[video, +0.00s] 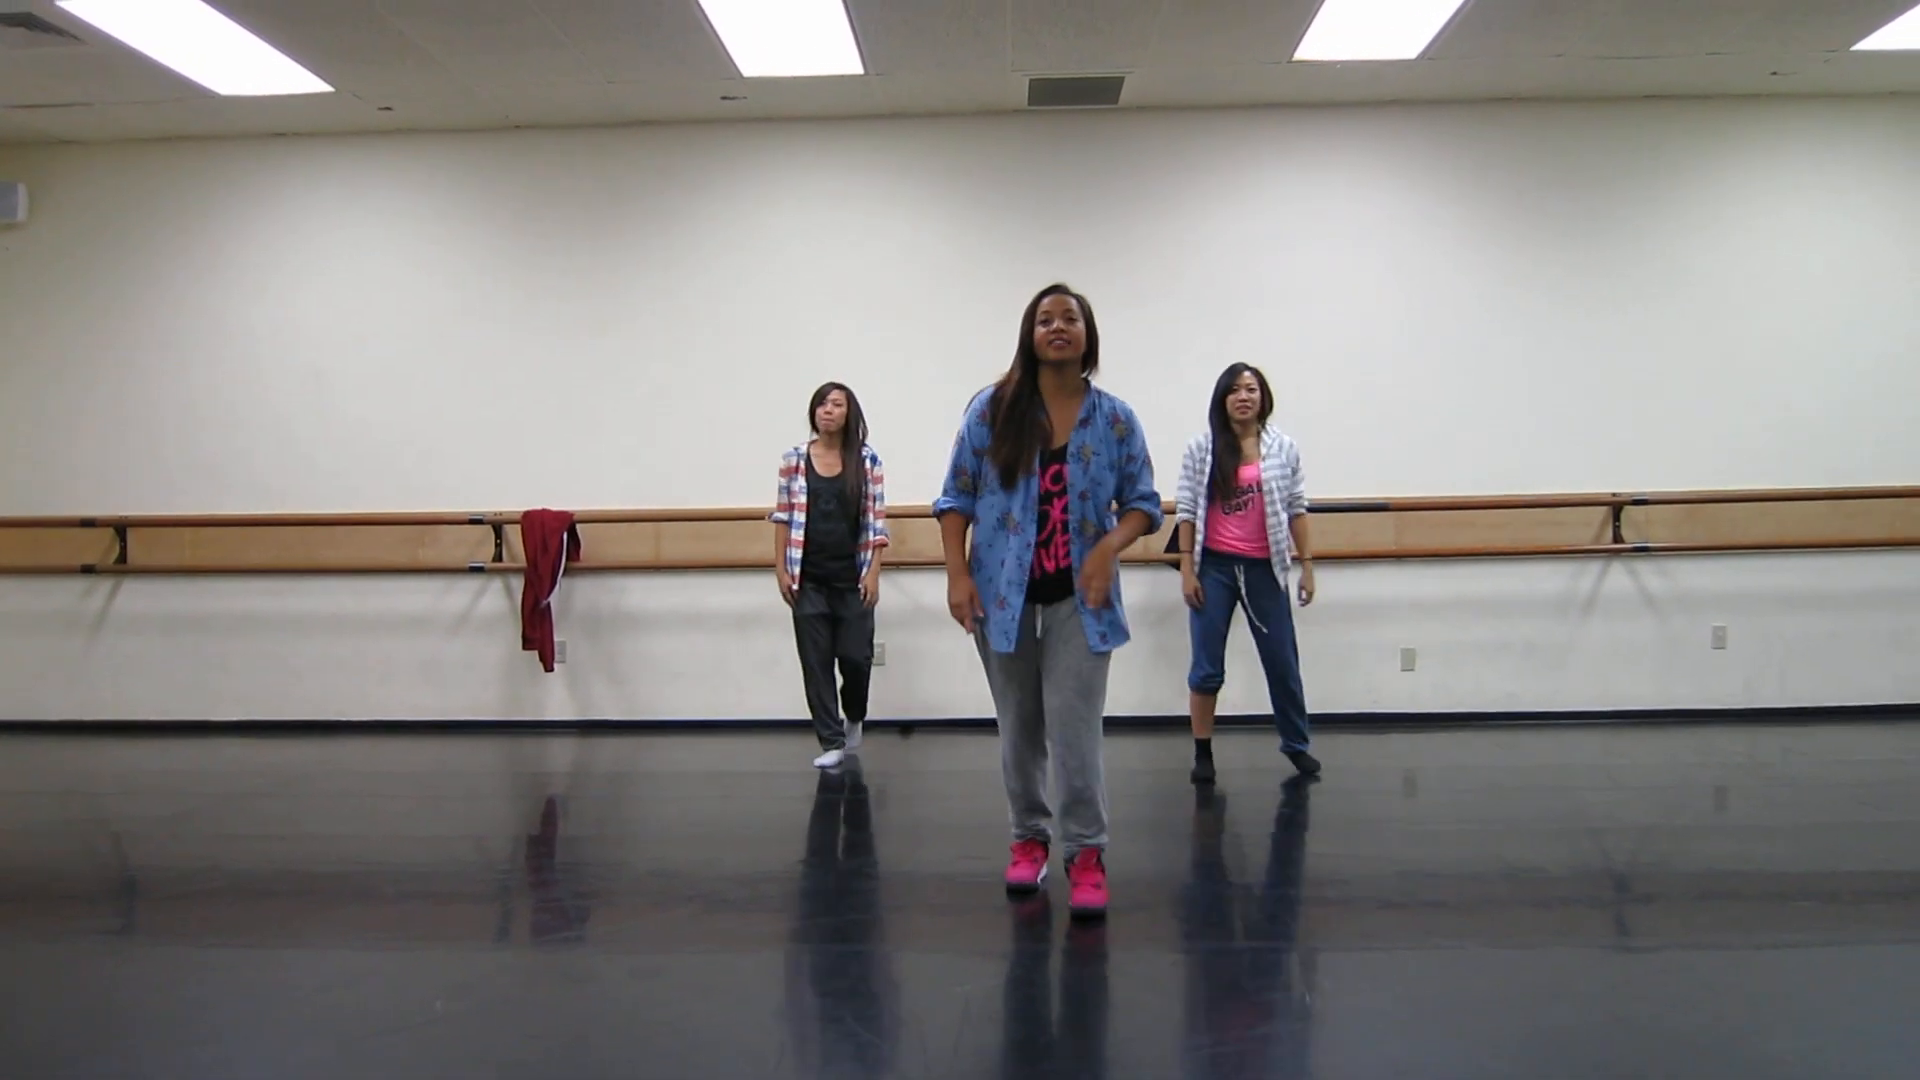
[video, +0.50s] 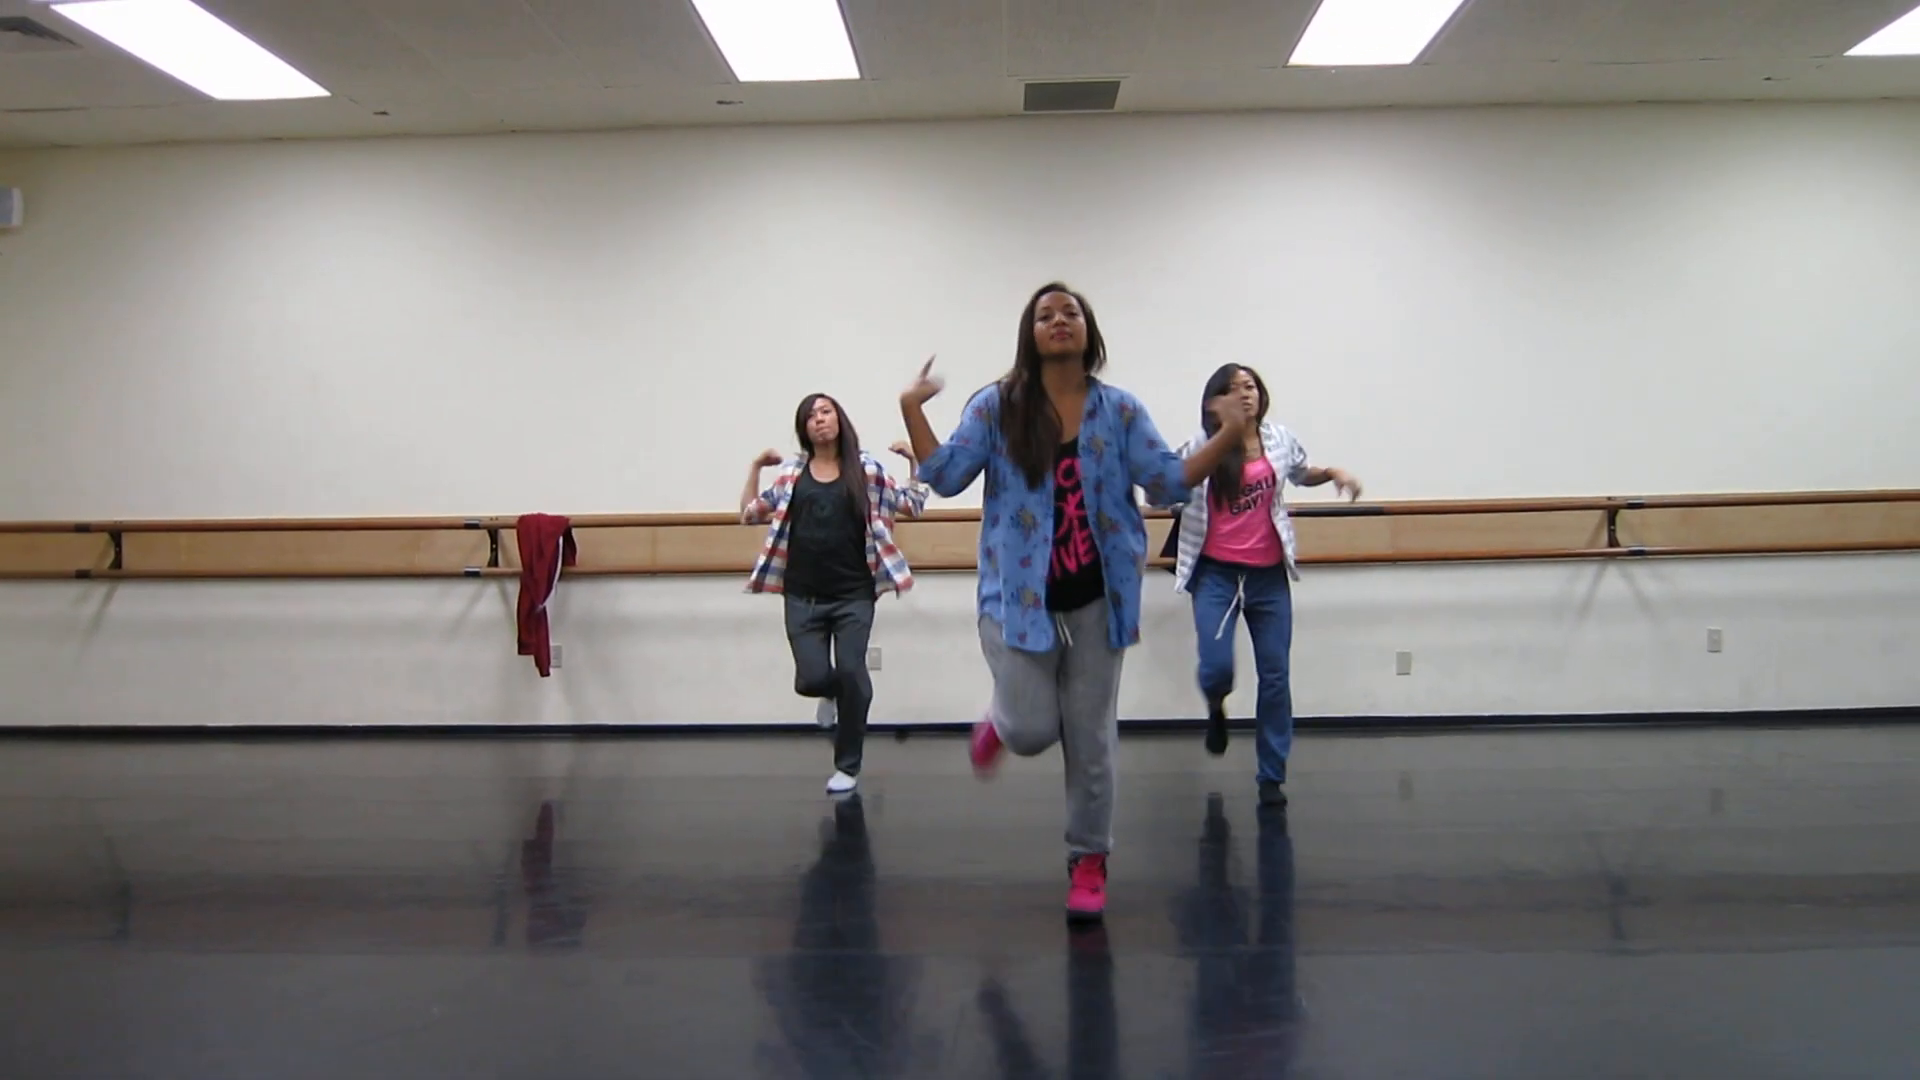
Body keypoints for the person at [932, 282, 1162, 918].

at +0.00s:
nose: (1058, 326)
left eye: (1070, 318)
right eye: (1046, 318)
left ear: (1088, 333)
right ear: (1028, 335)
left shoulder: (1114, 417)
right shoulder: (992, 409)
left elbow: (1142, 506)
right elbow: (955, 499)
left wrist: (1108, 549)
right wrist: (959, 573)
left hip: (1078, 600)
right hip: (1004, 601)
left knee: (1074, 727)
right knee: (1019, 729)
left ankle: (1085, 854)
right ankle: (1029, 839)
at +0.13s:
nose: (1068, 320)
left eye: (1079, 313)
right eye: (1056, 313)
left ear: (1099, 330)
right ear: (1038, 332)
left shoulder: (1125, 414)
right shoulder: (1001, 405)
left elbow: (1160, 499)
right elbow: (958, 490)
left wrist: (1140, 547)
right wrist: (950, 564)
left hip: (1086, 602)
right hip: (1009, 602)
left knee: (1077, 737)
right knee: (1023, 735)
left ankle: (1085, 858)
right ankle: (1026, 842)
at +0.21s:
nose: (1072, 313)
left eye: (1083, 305)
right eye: (1060, 306)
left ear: (1102, 323)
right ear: (1042, 326)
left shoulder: (1129, 406)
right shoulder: (1004, 399)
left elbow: (1172, 482)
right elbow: (950, 478)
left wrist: (1161, 531)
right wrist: (945, 551)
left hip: (1090, 598)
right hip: (1012, 598)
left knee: (1082, 735)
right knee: (1021, 731)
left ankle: (1086, 857)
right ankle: (1020, 837)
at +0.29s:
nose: (1074, 315)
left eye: (1084, 306)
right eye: (1061, 308)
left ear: (1104, 324)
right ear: (1043, 327)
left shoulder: (1134, 408)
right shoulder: (1007, 397)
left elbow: (1184, 470)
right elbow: (938, 462)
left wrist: (1175, 497)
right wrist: (942, 520)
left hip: (1096, 597)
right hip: (1017, 596)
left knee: (1076, 734)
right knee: (1020, 731)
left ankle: (1086, 859)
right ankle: (1011, 800)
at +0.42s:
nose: (1068, 329)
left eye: (1078, 321)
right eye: (1055, 324)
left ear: (1097, 339)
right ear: (1038, 344)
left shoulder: (1130, 420)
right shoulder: (1003, 413)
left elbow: (1193, 485)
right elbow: (941, 473)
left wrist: (1205, 422)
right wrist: (931, 427)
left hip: (1098, 612)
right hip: (1021, 612)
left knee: (1087, 746)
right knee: (1017, 749)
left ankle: (1083, 863)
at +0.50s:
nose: (1059, 321)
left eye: (1070, 312)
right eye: (1046, 315)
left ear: (1090, 330)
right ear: (1028, 335)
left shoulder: (1119, 408)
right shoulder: (996, 405)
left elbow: (1171, 481)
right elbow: (945, 476)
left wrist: (1228, 434)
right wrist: (910, 411)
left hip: (1096, 601)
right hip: (1017, 603)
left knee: (1090, 741)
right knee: (1032, 732)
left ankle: (1088, 863)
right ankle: (996, 725)